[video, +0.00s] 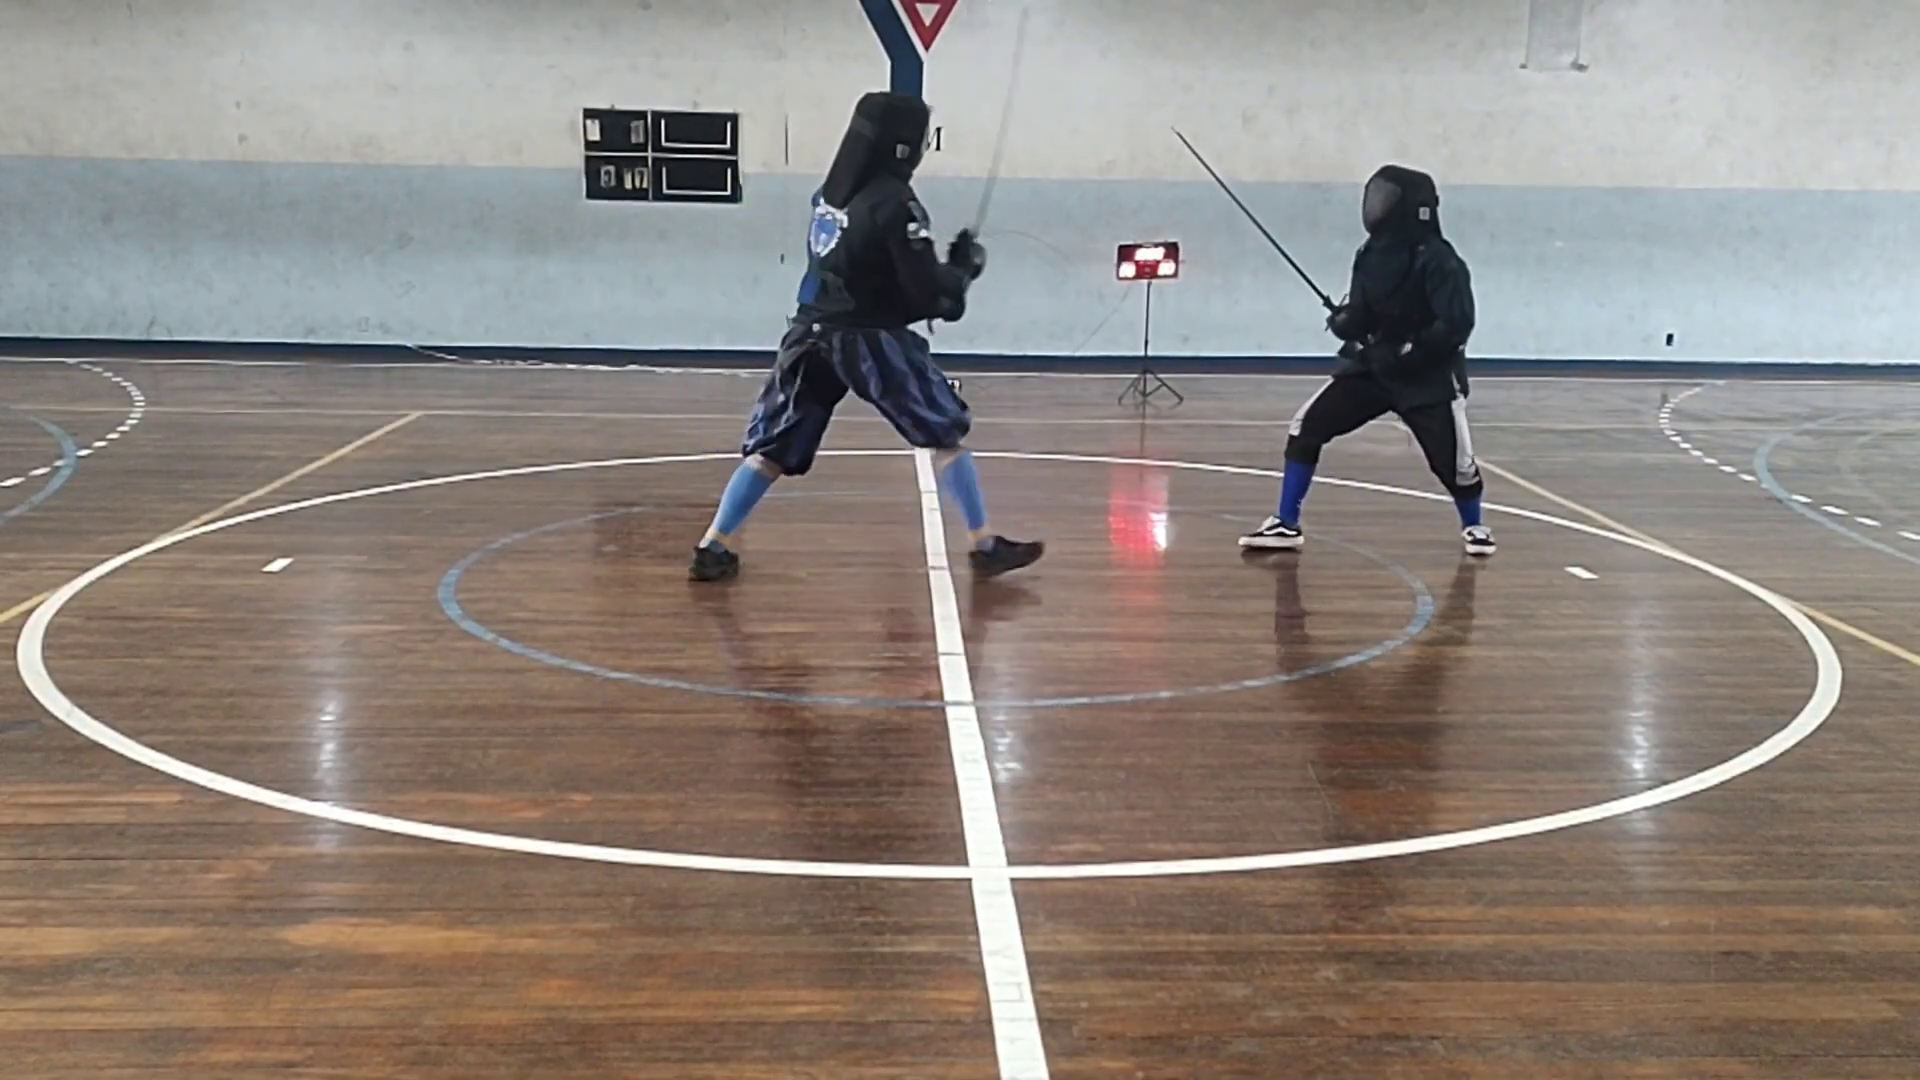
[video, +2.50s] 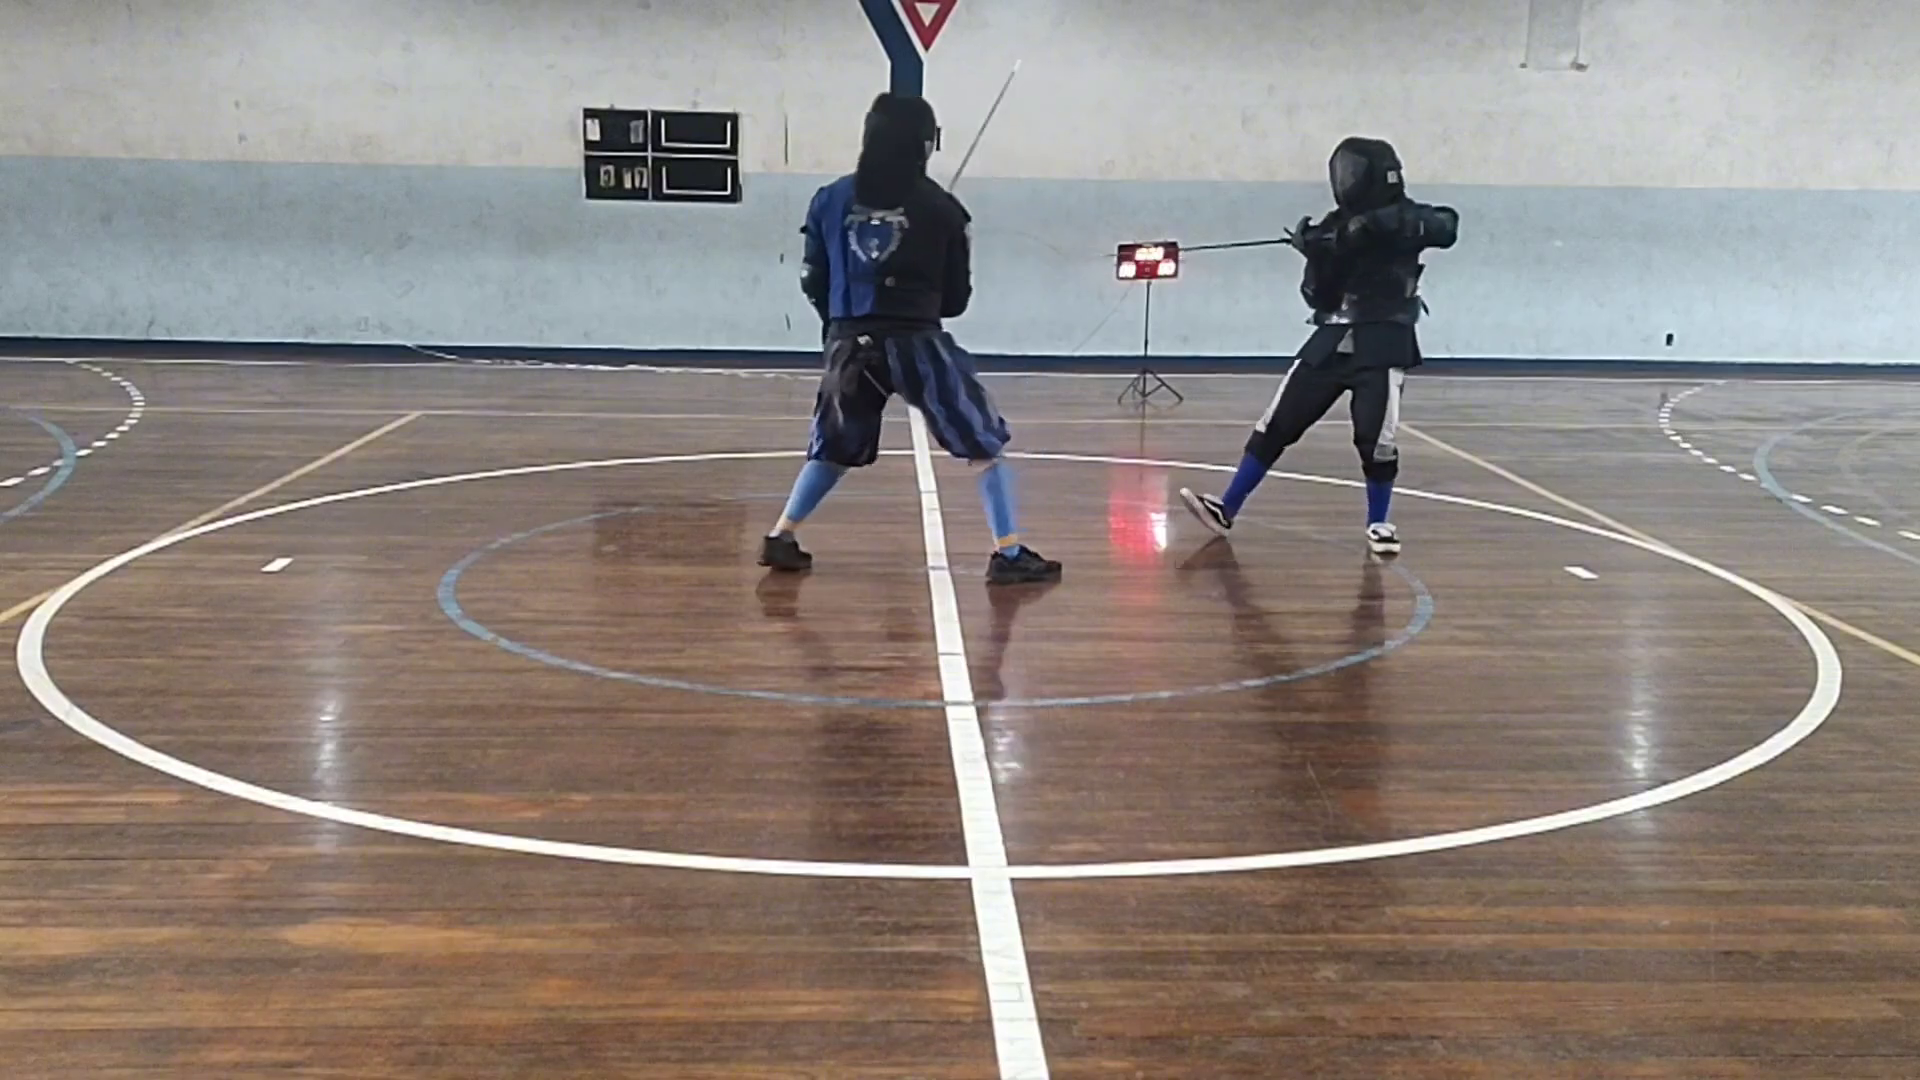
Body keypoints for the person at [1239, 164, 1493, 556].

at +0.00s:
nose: (1369, 203)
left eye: (1380, 195)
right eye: (1370, 194)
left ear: (1406, 203)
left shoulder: (1438, 259)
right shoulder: (1370, 255)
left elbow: (1458, 323)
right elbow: (1359, 314)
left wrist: (1408, 355)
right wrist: (1346, 321)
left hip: (1428, 381)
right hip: (1370, 375)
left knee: (1457, 465)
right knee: (1305, 429)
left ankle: (1473, 526)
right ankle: (1286, 523)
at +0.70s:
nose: (1351, 210)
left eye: (1362, 201)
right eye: (1350, 201)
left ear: (1391, 209)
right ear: (1350, 205)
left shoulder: (1417, 262)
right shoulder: (1344, 257)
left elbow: (1408, 327)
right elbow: (1306, 317)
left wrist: (1352, 321)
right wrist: (1289, 301)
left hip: (1399, 385)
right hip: (1338, 382)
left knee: (1446, 465)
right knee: (1271, 446)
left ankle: (1474, 527)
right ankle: (1222, 520)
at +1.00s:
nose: (1343, 206)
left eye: (1353, 198)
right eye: (1341, 198)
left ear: (1376, 204)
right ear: (1340, 205)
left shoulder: (1399, 247)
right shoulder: (1328, 246)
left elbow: (1358, 270)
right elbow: (1277, 270)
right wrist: (1244, 252)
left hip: (1383, 374)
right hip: (1322, 373)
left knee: (1442, 455)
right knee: (1258, 445)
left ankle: (1472, 527)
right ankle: (1210, 519)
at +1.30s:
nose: (1322, 198)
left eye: (1330, 191)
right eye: (1320, 191)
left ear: (1350, 193)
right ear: (1319, 192)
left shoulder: (1379, 234)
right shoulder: (1305, 232)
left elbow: (1335, 221)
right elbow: (1255, 219)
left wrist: (1307, 192)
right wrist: (1225, 185)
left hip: (1359, 372)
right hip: (1300, 371)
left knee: (1424, 451)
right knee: (1247, 449)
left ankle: (1461, 528)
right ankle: (1208, 521)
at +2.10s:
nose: (1324, 175)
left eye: (1336, 166)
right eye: (1319, 165)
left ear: (1355, 174)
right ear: (1310, 169)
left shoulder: (1368, 216)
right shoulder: (1291, 213)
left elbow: (1362, 240)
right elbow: (1246, 259)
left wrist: (1316, 211)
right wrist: (1233, 225)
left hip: (1337, 347)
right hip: (1278, 343)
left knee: (1372, 439)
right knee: (1237, 431)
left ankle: (1391, 523)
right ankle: (1207, 518)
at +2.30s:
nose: (1327, 180)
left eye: (1338, 171)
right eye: (1322, 171)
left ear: (1361, 177)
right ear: (1313, 176)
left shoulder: (1379, 224)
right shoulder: (1303, 227)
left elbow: (1422, 241)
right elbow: (1286, 299)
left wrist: (1362, 223)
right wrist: (1296, 250)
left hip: (1344, 351)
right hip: (1289, 345)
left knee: (1352, 443)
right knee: (1241, 430)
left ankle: (1375, 524)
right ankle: (1206, 515)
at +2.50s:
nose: (1343, 178)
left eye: (1353, 169)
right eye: (1339, 169)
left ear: (1379, 173)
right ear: (1335, 174)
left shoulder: (1405, 216)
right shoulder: (1330, 226)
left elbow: (1445, 227)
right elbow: (1320, 301)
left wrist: (1381, 221)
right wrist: (1319, 256)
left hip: (1382, 336)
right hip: (1330, 335)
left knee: (1376, 439)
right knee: (1277, 424)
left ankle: (1379, 525)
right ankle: (1226, 508)